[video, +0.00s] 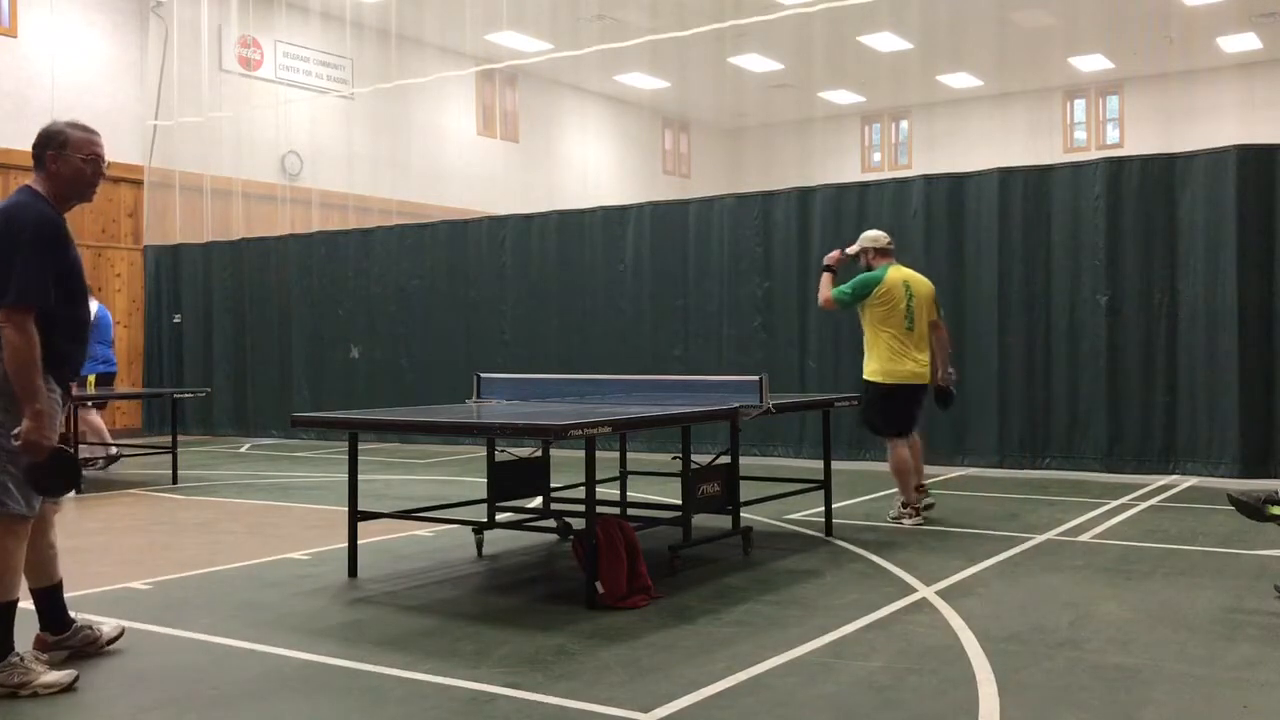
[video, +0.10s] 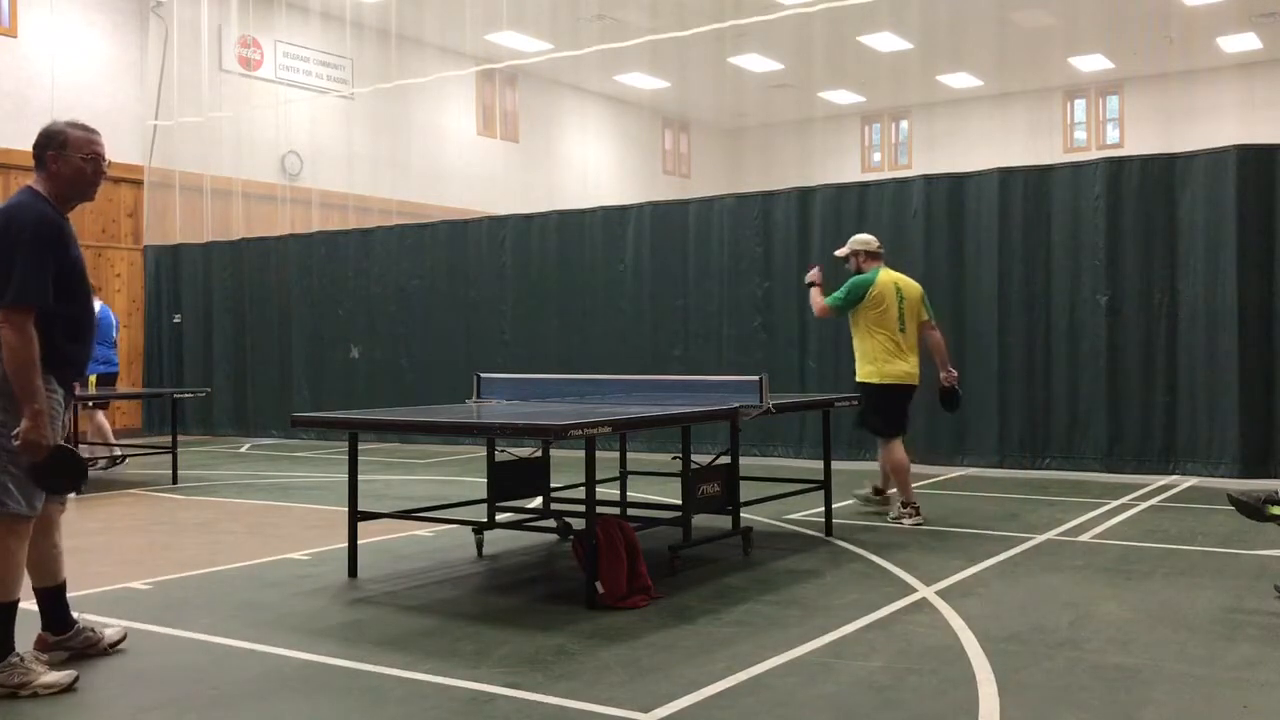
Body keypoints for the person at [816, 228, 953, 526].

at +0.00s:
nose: (861, 263)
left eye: (861, 257)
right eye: (860, 258)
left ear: (869, 254)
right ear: (891, 252)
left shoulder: (872, 280)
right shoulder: (923, 283)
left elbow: (826, 299)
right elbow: (937, 328)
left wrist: (828, 268)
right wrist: (943, 370)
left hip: (885, 376)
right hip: (918, 375)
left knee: (896, 441)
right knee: (909, 432)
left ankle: (909, 506)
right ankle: (919, 490)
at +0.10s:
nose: (847, 264)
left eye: (850, 259)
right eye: (847, 259)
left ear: (861, 256)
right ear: (876, 256)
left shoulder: (862, 283)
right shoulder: (912, 285)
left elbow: (820, 309)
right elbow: (930, 330)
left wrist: (814, 284)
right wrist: (945, 368)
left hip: (878, 376)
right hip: (907, 375)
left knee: (891, 440)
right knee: (888, 435)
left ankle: (909, 506)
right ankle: (883, 489)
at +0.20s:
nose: (836, 270)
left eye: (838, 264)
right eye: (835, 264)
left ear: (851, 260)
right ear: (864, 260)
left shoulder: (854, 286)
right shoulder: (901, 288)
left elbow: (823, 323)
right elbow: (918, 331)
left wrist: (800, 315)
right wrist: (933, 369)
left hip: (867, 378)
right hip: (895, 378)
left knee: (881, 441)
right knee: (867, 436)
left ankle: (908, 504)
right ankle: (860, 495)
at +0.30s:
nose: (825, 271)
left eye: (827, 265)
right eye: (824, 265)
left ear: (841, 261)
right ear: (851, 262)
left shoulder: (844, 289)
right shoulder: (888, 291)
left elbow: (831, 330)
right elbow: (901, 336)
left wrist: (803, 347)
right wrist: (910, 374)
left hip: (852, 380)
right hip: (878, 380)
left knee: (857, 441)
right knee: (857, 439)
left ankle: (898, 493)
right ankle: (855, 496)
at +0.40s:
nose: (814, 271)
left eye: (817, 264)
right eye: (814, 265)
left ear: (831, 262)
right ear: (837, 263)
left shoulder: (835, 291)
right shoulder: (870, 290)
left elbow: (838, 333)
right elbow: (879, 337)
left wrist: (812, 361)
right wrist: (879, 373)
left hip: (840, 382)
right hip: (866, 381)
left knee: (819, 435)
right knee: (853, 438)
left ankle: (874, 476)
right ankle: (853, 495)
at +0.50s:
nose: (802, 269)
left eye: (805, 263)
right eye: (802, 263)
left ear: (821, 261)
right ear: (826, 262)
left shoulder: (830, 286)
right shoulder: (852, 285)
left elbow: (838, 329)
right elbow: (862, 335)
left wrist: (812, 360)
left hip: (831, 377)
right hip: (857, 377)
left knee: (800, 425)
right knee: (846, 433)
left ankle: (842, 474)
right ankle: (852, 496)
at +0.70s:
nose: (780, 272)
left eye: (783, 266)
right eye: (779, 267)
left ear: (799, 264)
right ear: (799, 265)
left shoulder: (814, 288)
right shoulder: (809, 287)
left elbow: (822, 331)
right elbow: (800, 330)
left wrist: (790, 359)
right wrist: (776, 346)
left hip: (813, 378)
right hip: (828, 377)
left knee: (791, 432)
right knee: (835, 434)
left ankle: (771, 491)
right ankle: (852, 494)